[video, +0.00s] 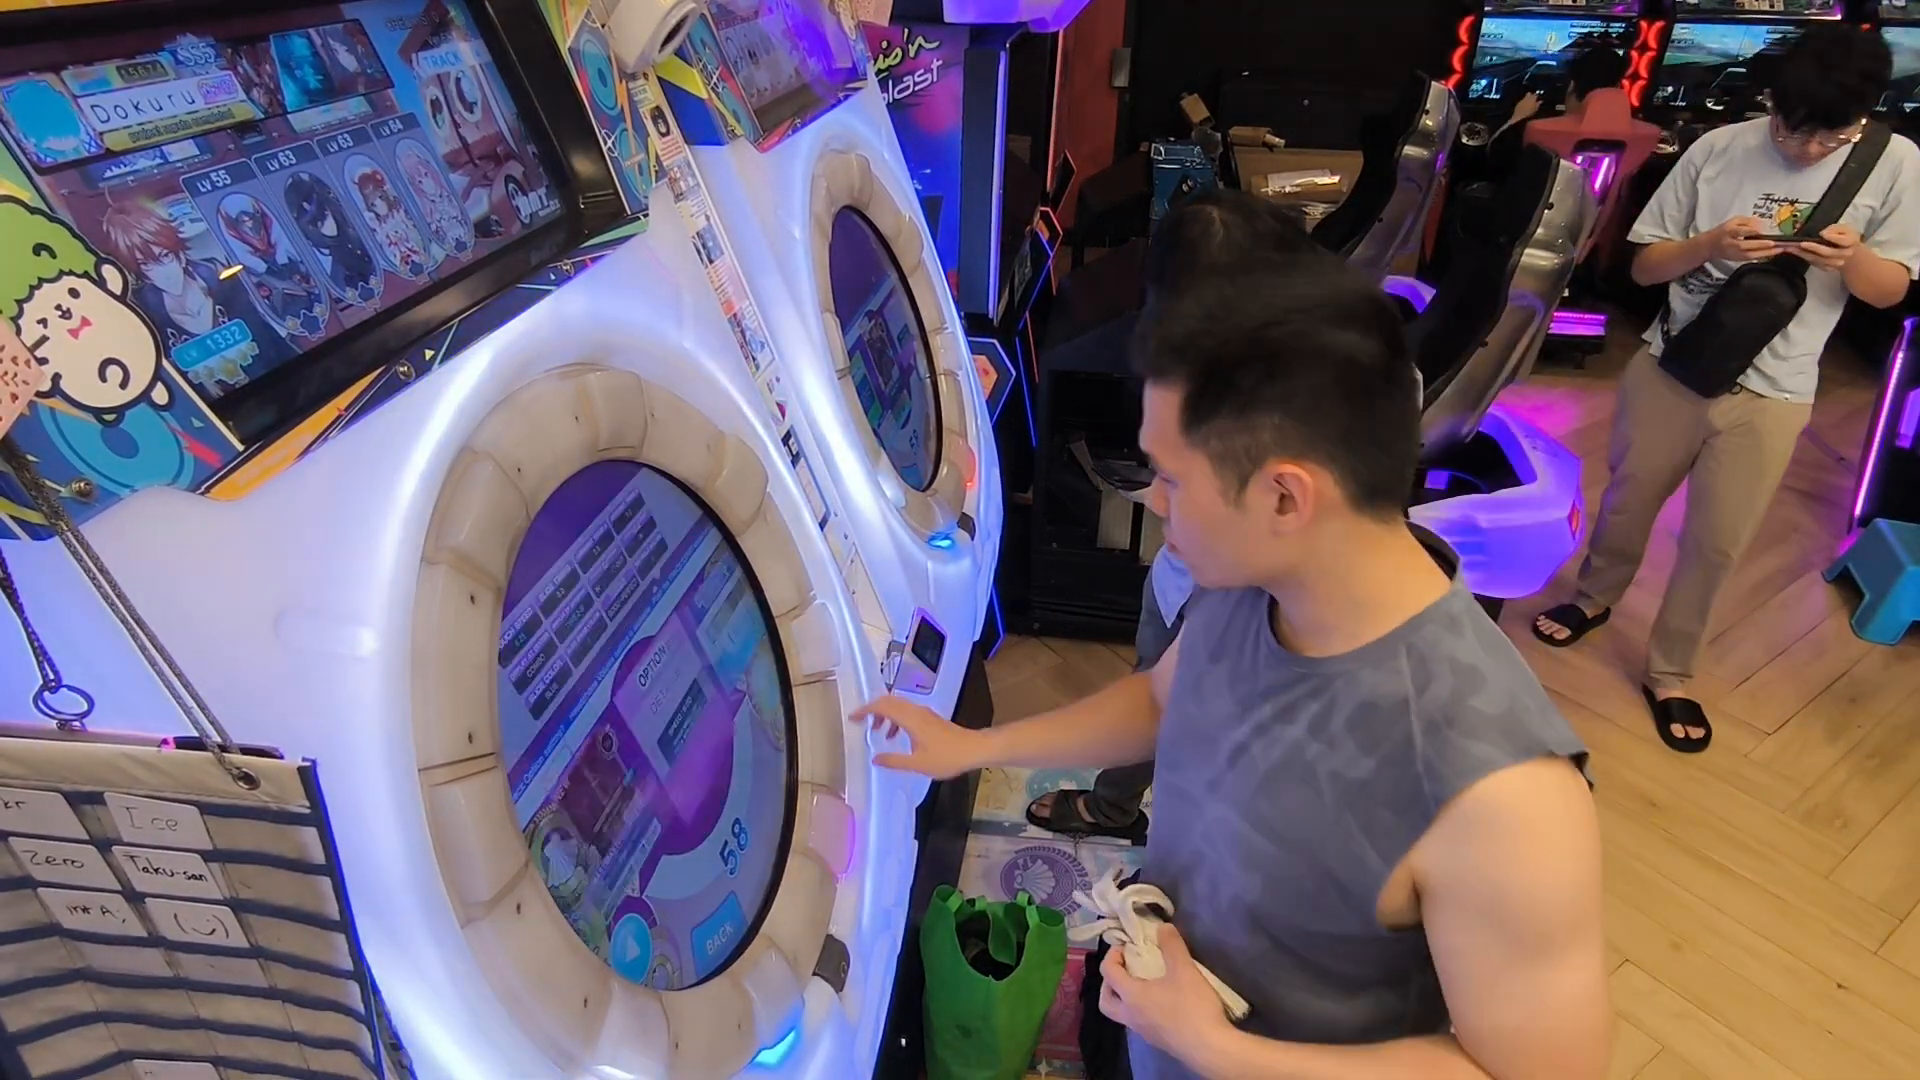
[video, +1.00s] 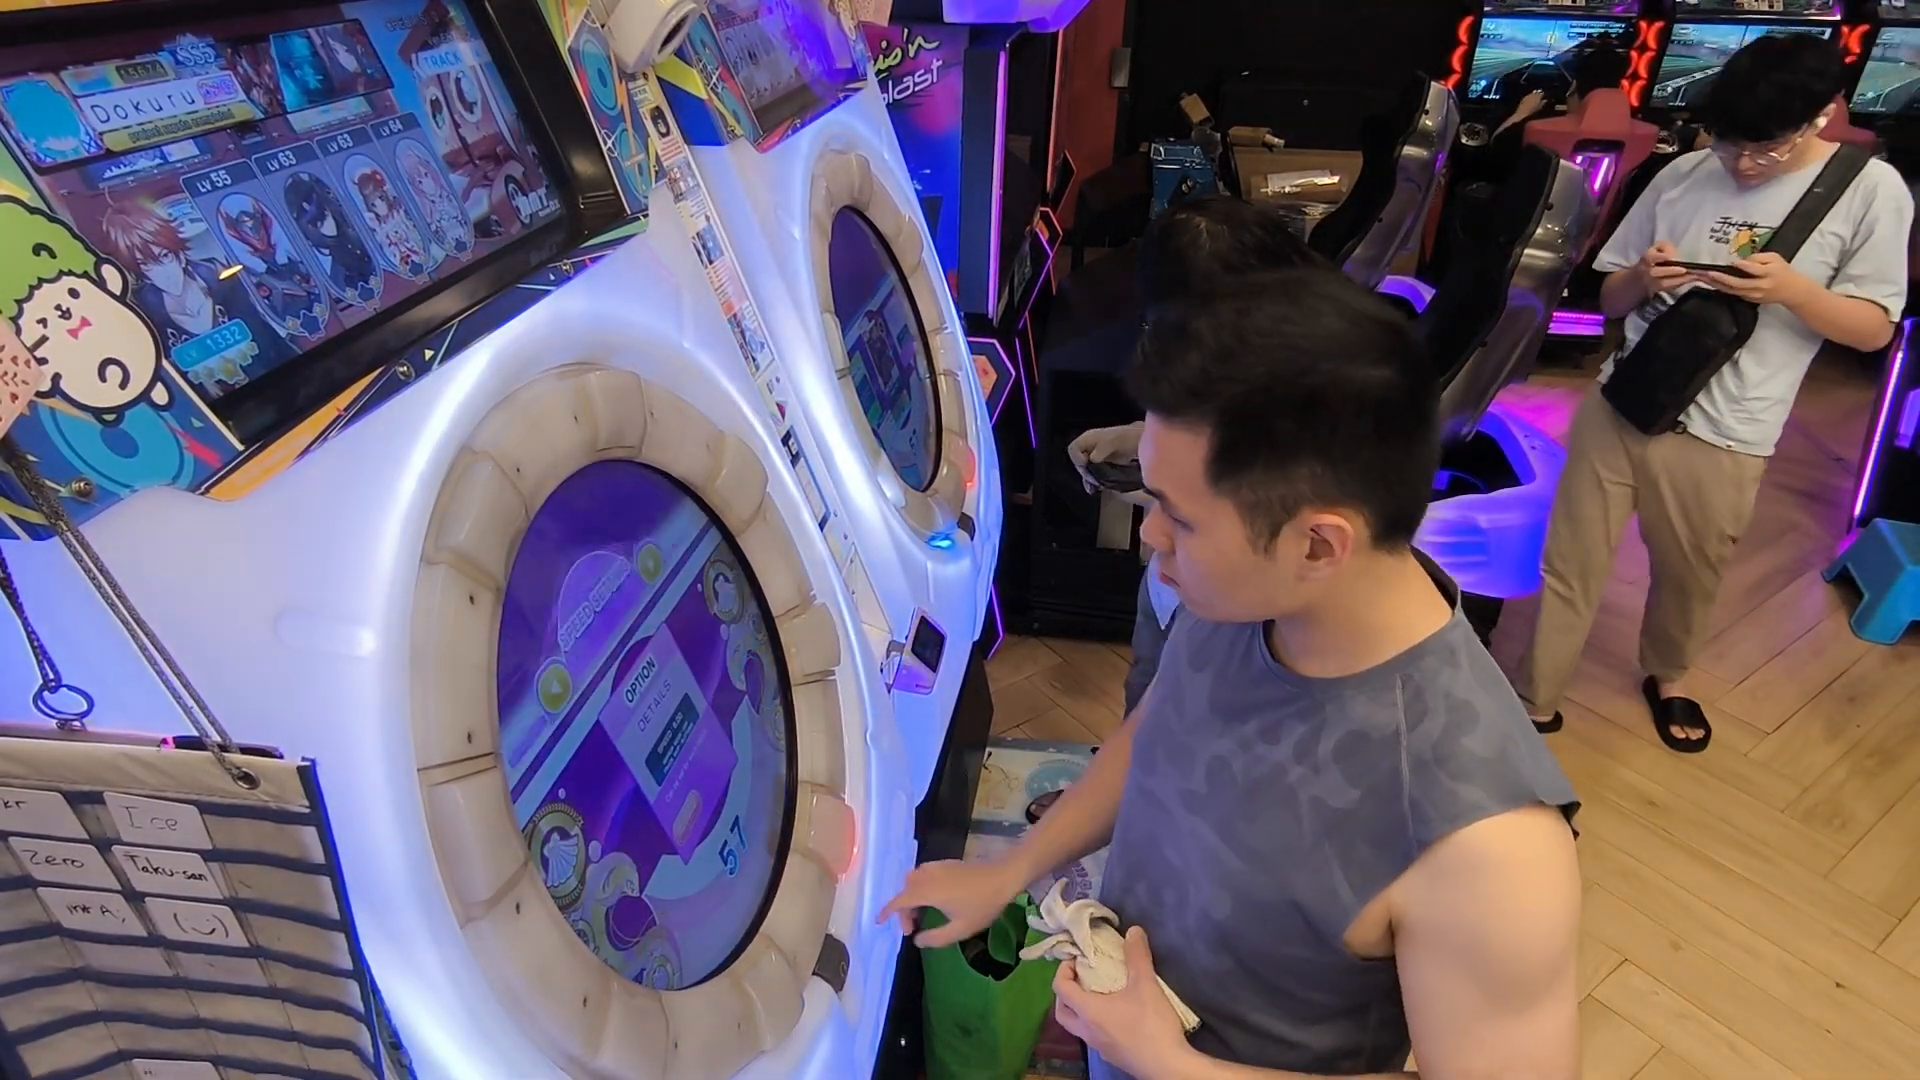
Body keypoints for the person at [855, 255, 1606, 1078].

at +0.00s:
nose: (1151, 503)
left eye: (1169, 479)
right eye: (1154, 472)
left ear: (1288, 500)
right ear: (1287, 502)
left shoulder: (1498, 785)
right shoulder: (1240, 595)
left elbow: (1523, 1065)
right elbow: (1156, 704)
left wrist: (1227, 1051)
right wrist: (978, 745)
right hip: (1134, 1032)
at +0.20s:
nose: (1109, 499)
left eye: (1119, 472)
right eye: (1105, 468)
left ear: (1237, 479)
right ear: (1239, 480)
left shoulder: (1448, 742)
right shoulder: (1200, 572)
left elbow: (1506, 1042)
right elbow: (1104, 693)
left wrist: (1211, 1021)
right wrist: (938, 741)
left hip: (1262, 1070)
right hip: (1126, 1033)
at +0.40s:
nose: (1101, 498)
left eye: (1116, 473)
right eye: (1098, 469)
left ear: (1232, 475)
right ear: (1228, 478)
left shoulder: (1436, 738)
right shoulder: (1180, 564)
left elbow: (1487, 1036)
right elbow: (1077, 701)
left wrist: (1191, 1010)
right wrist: (910, 750)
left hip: (1257, 1066)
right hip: (1126, 1027)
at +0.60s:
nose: (1107, 512)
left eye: (1122, 489)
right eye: (1105, 482)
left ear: (1249, 492)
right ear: (1250, 492)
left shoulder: (1454, 756)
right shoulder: (1203, 568)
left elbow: (1484, 1048)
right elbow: (1127, 707)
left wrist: (1193, 1033)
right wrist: (980, 815)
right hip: (1108, 1023)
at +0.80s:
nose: (1126, 527)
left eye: (1148, 509)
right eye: (1127, 492)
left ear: (1286, 518)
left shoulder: (1470, 795)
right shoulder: (1195, 574)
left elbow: (1489, 1069)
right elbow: (1146, 732)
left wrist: (1190, 1057)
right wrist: (1027, 855)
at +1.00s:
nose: (1148, 535)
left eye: (1177, 520)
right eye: (1151, 500)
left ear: (1321, 548)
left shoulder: (1486, 840)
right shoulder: (1235, 599)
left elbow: (1465, 1066)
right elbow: (1147, 741)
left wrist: (1171, 1062)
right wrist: (1010, 871)